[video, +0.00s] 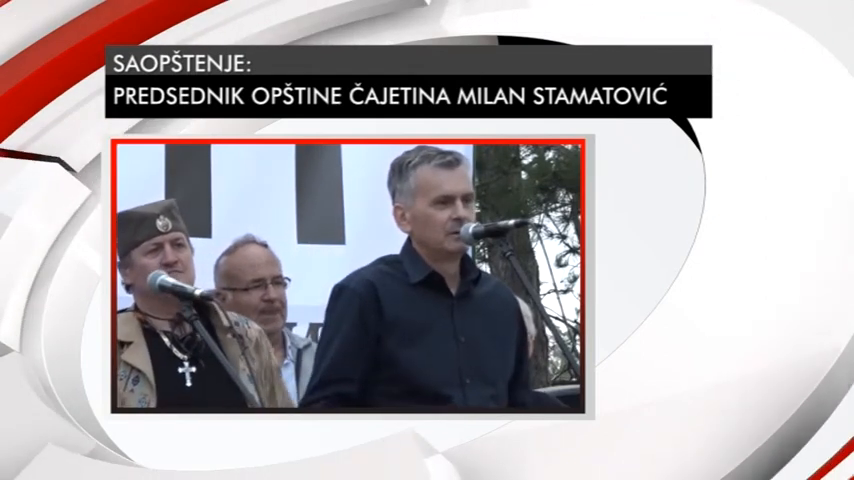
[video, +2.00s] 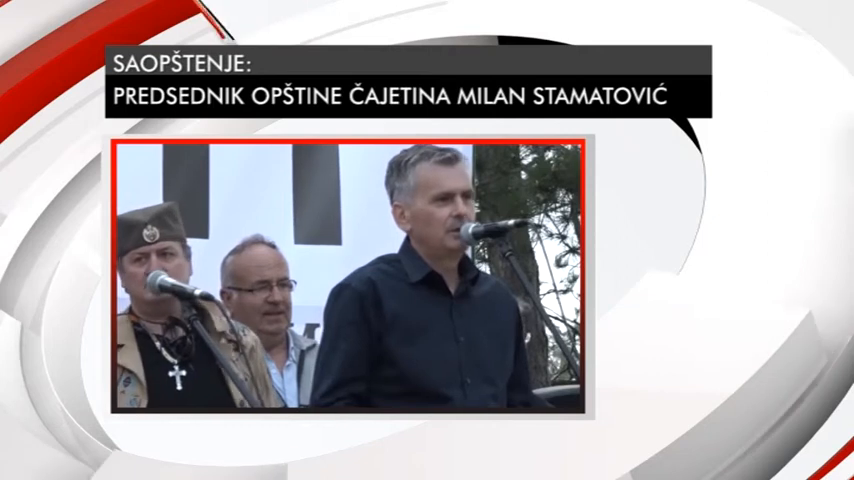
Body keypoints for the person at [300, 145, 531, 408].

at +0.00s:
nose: (461, 214)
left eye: (467, 201)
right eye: (443, 203)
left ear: (475, 206)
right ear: (403, 217)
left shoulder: (502, 301)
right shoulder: (363, 294)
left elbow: (519, 405)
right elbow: (322, 408)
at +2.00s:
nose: (461, 211)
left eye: (467, 197)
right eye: (442, 200)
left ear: (475, 203)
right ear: (402, 215)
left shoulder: (499, 301)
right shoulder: (360, 296)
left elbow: (521, 406)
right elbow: (332, 408)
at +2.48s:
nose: (459, 211)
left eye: (464, 198)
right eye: (441, 199)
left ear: (472, 204)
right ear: (400, 215)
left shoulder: (499, 299)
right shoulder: (366, 290)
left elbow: (532, 396)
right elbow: (330, 398)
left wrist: (596, 396)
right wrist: (408, 402)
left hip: (497, 462)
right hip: (401, 464)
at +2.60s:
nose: (459, 210)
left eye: (464, 197)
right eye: (441, 199)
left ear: (472, 204)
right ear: (400, 215)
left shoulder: (499, 300)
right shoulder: (367, 290)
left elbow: (531, 395)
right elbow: (329, 397)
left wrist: (597, 397)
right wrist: (397, 402)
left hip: (496, 461)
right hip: (401, 463)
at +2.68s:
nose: (460, 210)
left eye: (464, 197)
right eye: (441, 199)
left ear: (472, 203)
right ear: (401, 216)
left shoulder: (500, 301)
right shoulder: (367, 290)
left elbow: (532, 396)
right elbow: (328, 397)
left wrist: (597, 397)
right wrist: (394, 401)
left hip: (496, 461)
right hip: (399, 463)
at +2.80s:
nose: (462, 211)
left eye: (466, 198)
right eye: (443, 200)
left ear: (474, 203)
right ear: (402, 215)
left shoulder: (499, 301)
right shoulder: (368, 290)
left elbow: (531, 397)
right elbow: (327, 397)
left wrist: (597, 397)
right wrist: (386, 400)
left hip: (496, 462)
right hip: (401, 463)